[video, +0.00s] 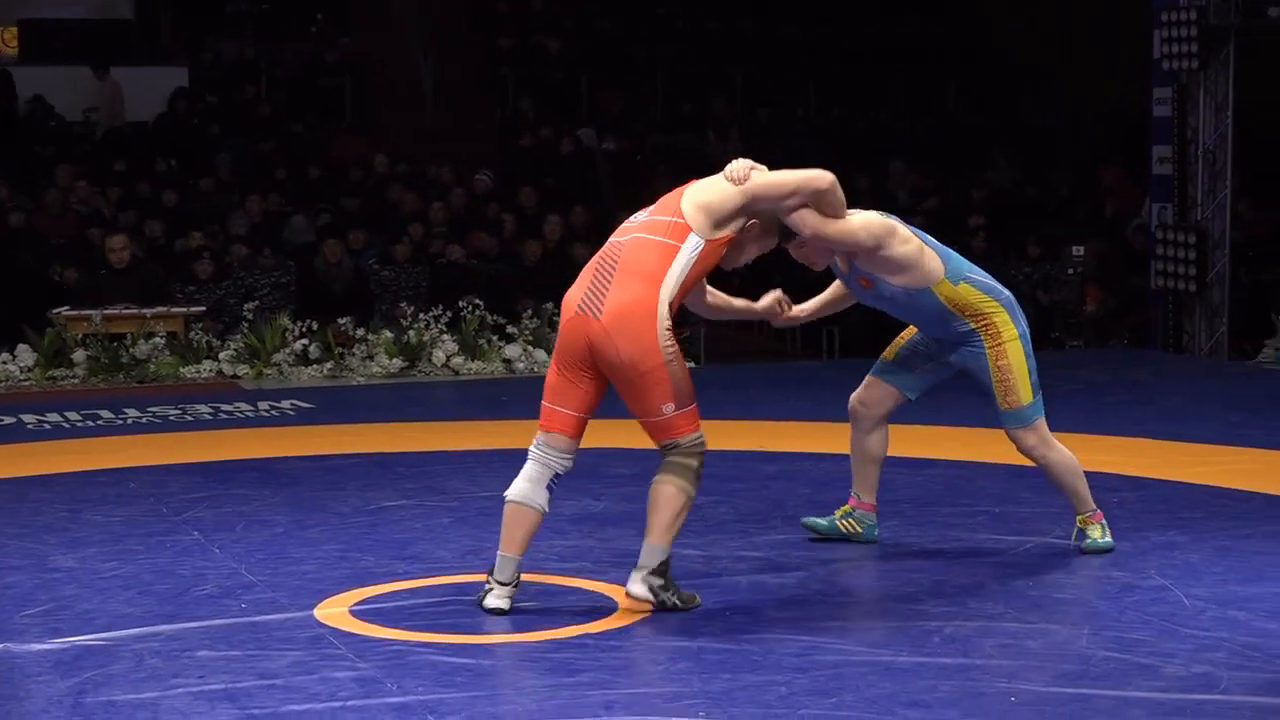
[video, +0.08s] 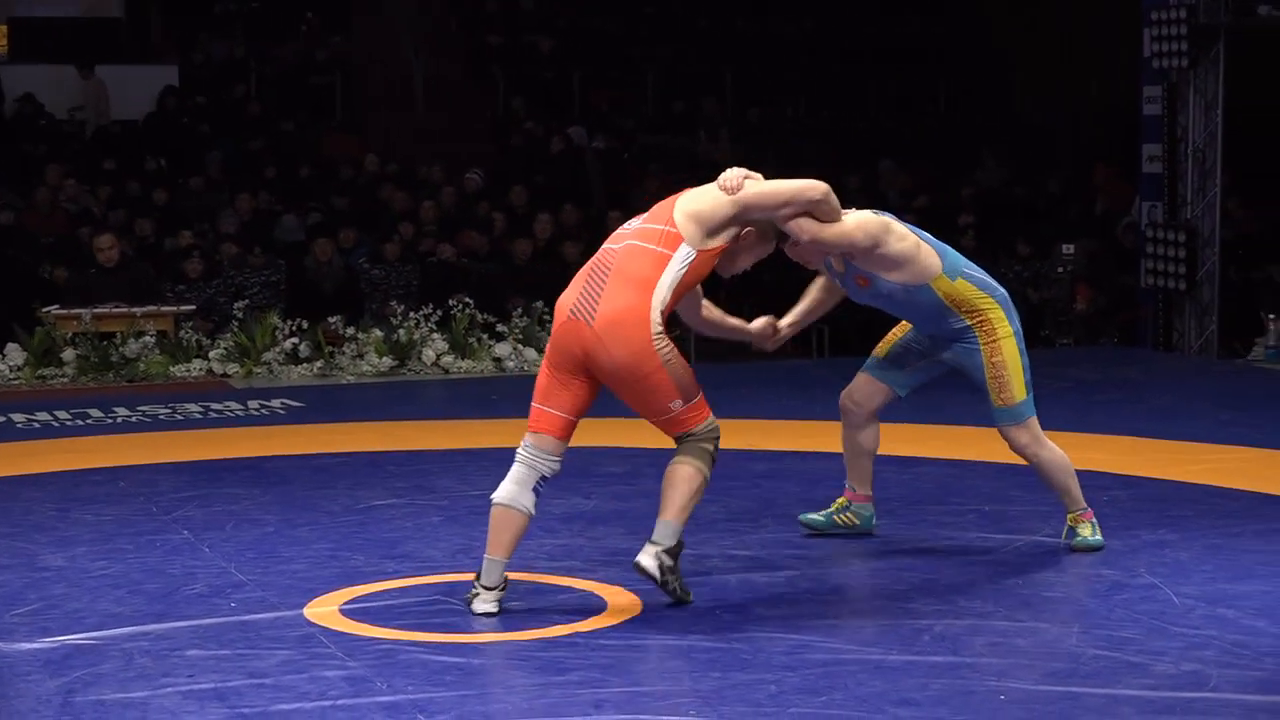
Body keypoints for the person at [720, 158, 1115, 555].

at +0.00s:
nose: (793, 254)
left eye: (795, 241)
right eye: (787, 245)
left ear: (818, 230)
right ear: (803, 239)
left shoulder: (870, 233)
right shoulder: (852, 267)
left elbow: (806, 217)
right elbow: (847, 288)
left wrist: (753, 179)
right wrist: (796, 315)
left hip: (988, 320)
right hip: (935, 329)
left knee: (1033, 441)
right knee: (866, 407)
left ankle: (1090, 519)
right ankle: (862, 513)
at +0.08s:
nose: (792, 255)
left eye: (792, 242)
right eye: (784, 247)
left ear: (813, 228)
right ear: (789, 243)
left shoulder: (868, 233)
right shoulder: (836, 265)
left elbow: (801, 217)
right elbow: (830, 285)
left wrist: (748, 186)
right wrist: (786, 326)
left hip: (982, 317)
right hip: (928, 326)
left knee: (1026, 440)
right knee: (856, 405)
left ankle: (1081, 517)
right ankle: (859, 504)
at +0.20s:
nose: (782, 249)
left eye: (787, 236)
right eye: (775, 241)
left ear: (810, 227)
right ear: (774, 241)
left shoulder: (858, 234)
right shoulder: (800, 262)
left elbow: (798, 216)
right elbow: (740, 295)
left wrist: (740, 188)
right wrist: (672, 316)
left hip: (966, 314)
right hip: (910, 325)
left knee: (1008, 437)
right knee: (848, 417)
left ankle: (1064, 516)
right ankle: (843, 495)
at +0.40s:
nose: (736, 252)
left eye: (742, 240)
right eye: (736, 241)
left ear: (769, 233)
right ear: (761, 236)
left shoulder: (834, 236)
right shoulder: (763, 266)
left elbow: (800, 204)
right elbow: (715, 310)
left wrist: (736, 197)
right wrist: (693, 269)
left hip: (936, 298)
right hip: (881, 318)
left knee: (992, 406)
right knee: (833, 411)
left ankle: (1051, 500)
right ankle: (827, 502)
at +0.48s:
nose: (767, 257)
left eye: (769, 245)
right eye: (761, 249)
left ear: (787, 226)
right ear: (758, 241)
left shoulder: (837, 234)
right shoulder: (777, 260)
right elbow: (718, 311)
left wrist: (736, 238)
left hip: (938, 305)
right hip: (879, 319)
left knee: (995, 410)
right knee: (827, 409)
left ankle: (1054, 495)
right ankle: (825, 502)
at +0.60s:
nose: (785, 353)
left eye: (784, 346)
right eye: (770, 349)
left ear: (797, 322)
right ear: (759, 310)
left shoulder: (838, 305)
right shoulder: (761, 277)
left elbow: (799, 373)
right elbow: (749, 360)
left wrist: (737, 410)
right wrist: (703, 412)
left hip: (925, 303)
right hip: (870, 318)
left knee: (977, 411)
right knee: (820, 410)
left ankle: (1051, 481)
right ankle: (819, 502)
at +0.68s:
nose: (776, 410)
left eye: (775, 403)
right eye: (763, 402)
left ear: (789, 374)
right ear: (743, 361)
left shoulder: (826, 359)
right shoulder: (743, 320)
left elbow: (804, 443)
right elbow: (676, 356)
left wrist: (749, 509)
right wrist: (640, 293)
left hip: (911, 304)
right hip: (848, 292)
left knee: (931, 427)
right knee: (807, 398)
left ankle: (1030, 455)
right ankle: (801, 496)